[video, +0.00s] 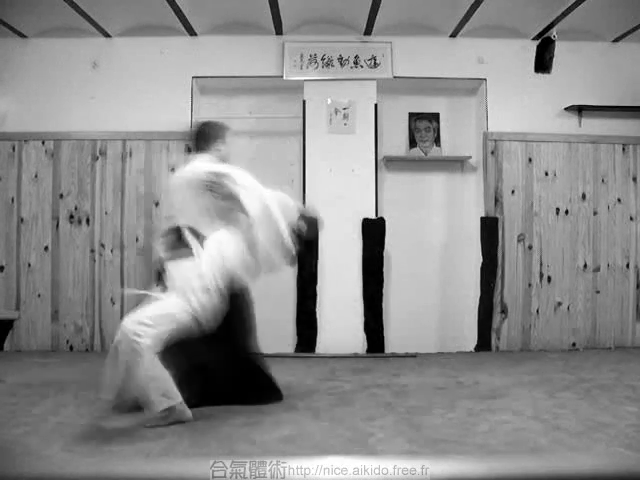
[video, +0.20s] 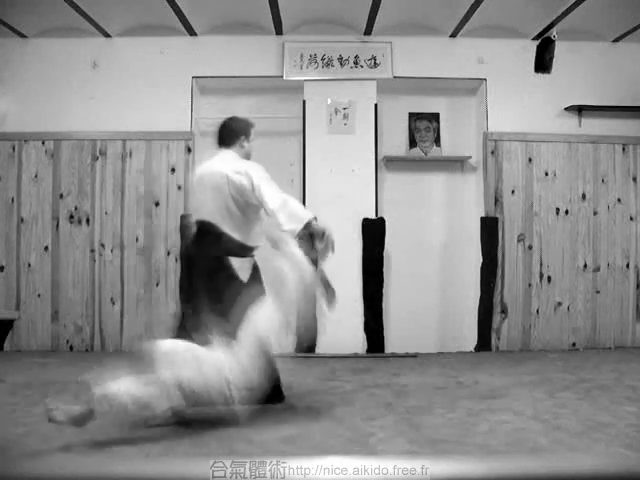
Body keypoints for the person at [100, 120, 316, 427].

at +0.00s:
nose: (228, 148)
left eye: (227, 142)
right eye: (225, 142)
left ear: (195, 144)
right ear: (217, 144)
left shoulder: (184, 174)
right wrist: (294, 213)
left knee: (135, 330)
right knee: (131, 328)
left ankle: (171, 408)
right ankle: (129, 398)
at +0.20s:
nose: (251, 146)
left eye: (251, 140)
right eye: (250, 140)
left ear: (221, 140)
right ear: (242, 141)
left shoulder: (201, 170)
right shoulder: (246, 170)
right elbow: (276, 202)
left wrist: (271, 233)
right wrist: (311, 224)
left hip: (202, 255)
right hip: (236, 258)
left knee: (205, 321)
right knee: (250, 320)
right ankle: (267, 387)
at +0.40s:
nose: (255, 149)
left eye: (254, 142)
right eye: (254, 142)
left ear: (224, 143)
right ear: (245, 142)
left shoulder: (207, 174)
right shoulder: (250, 173)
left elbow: (212, 218)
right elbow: (279, 208)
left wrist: (251, 245)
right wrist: (312, 237)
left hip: (210, 259)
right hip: (241, 261)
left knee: (212, 326)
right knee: (257, 330)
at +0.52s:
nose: (253, 146)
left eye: (252, 140)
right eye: (250, 140)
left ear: (222, 143)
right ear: (239, 141)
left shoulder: (209, 171)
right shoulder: (243, 171)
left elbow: (218, 222)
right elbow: (273, 204)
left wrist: (254, 247)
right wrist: (314, 231)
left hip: (209, 257)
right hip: (239, 259)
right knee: (256, 325)